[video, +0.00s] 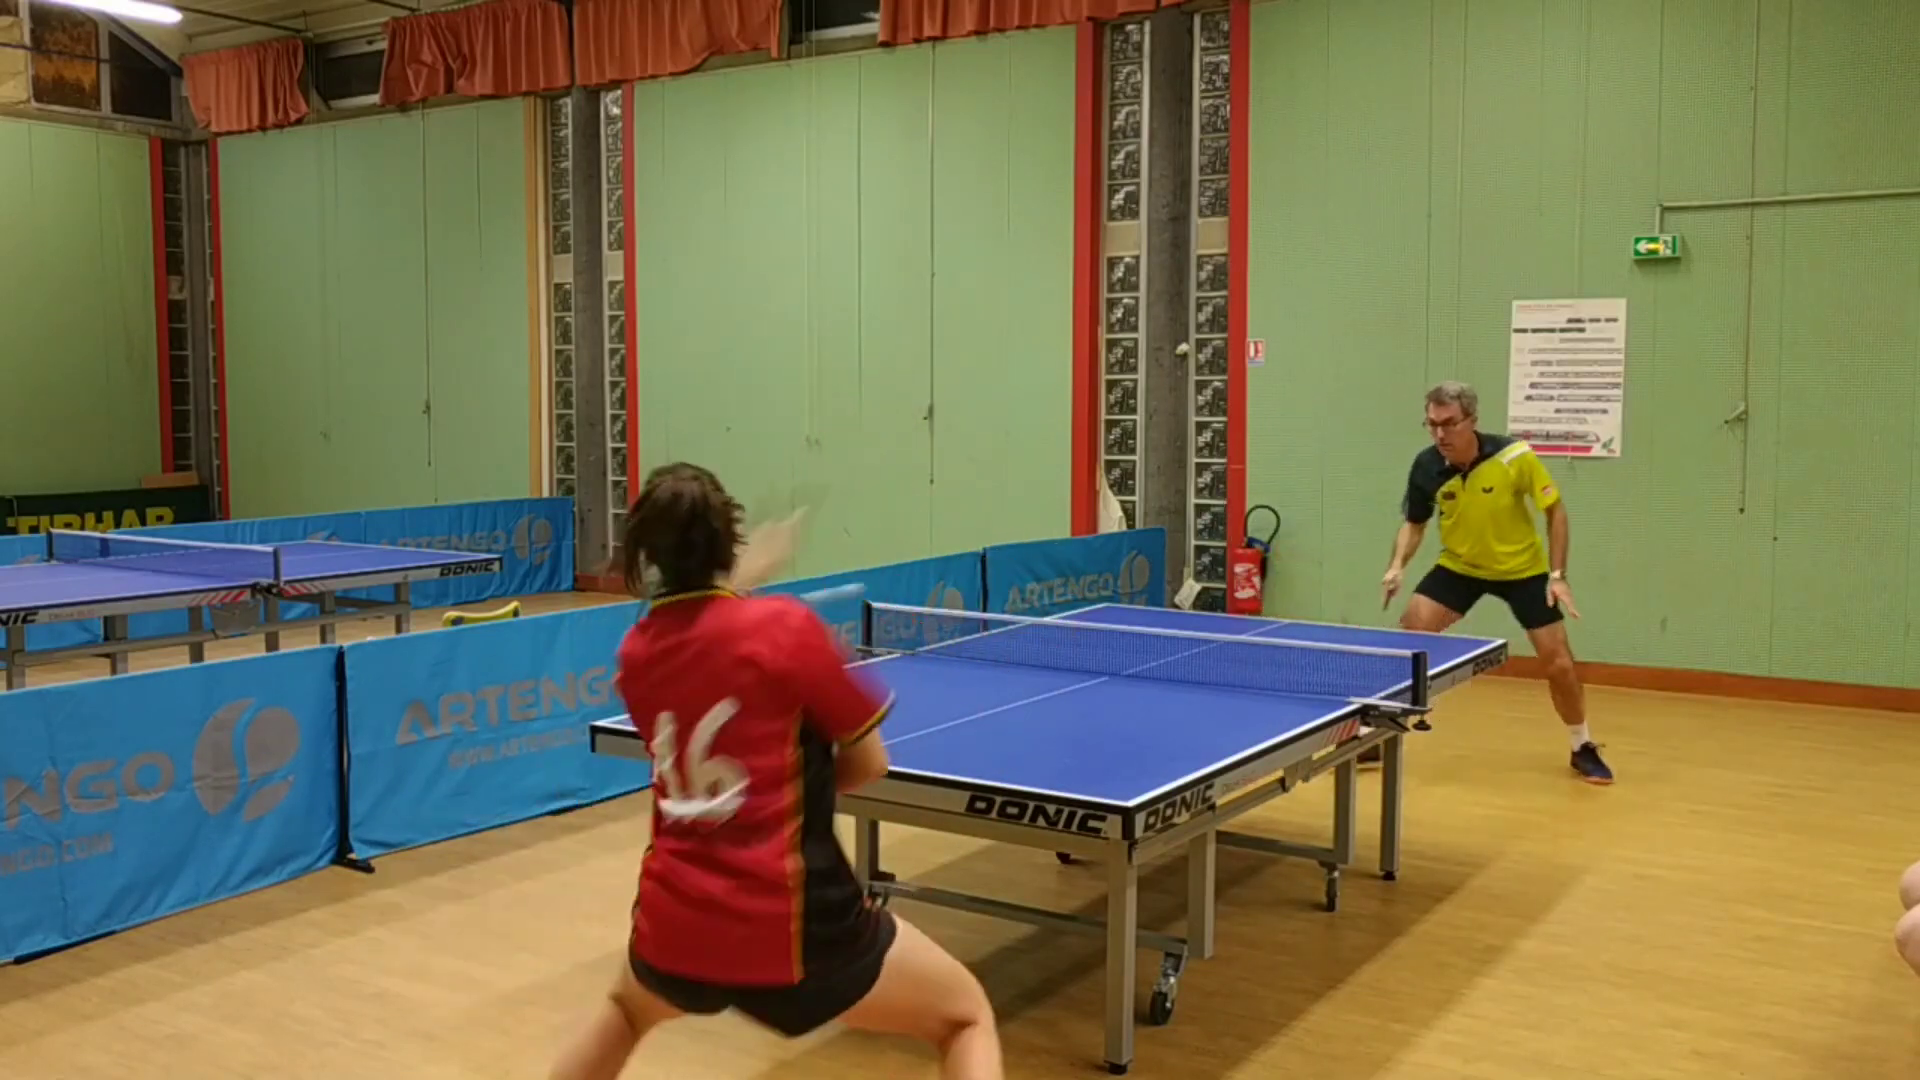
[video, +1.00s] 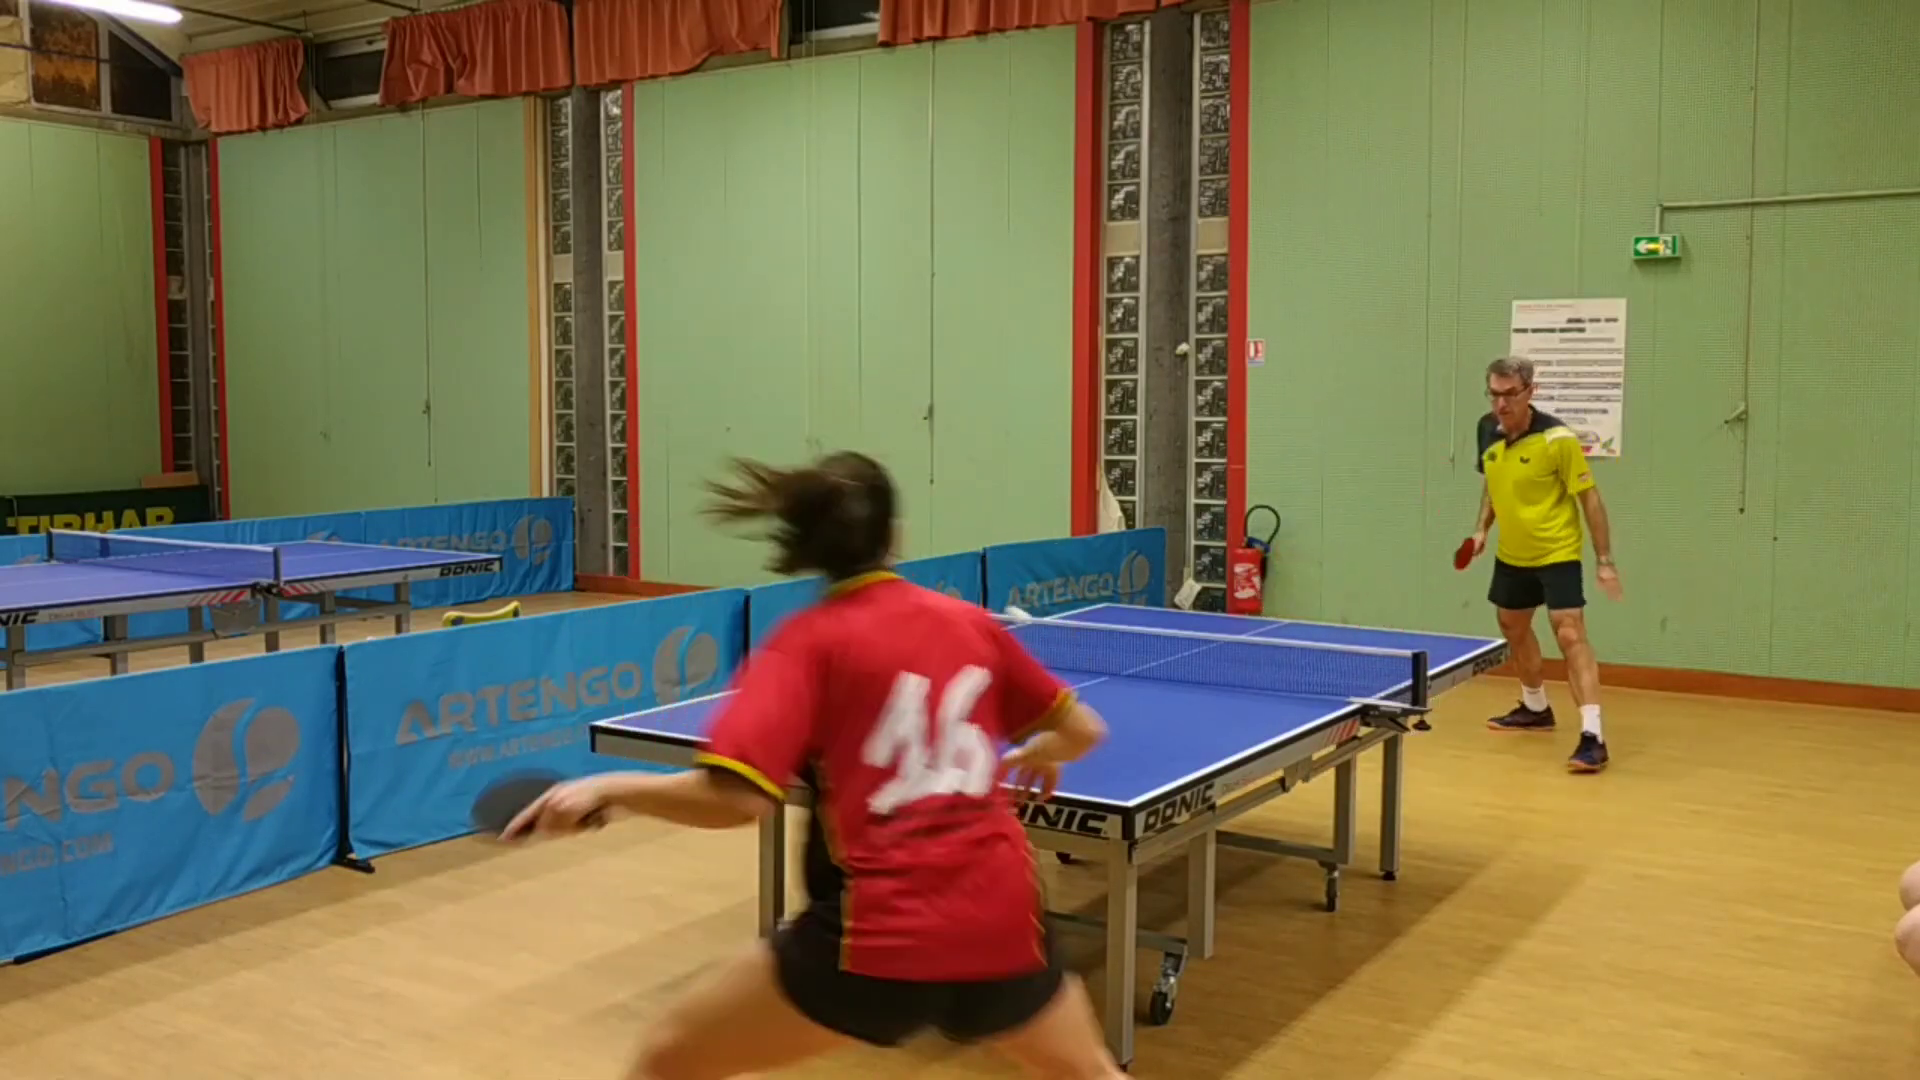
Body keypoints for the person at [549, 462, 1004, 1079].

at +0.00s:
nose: (741, 530)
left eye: (739, 522)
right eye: (736, 520)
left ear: (648, 551)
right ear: (728, 538)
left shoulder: (637, 650)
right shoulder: (780, 624)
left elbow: (693, 626)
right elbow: (867, 762)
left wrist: (747, 572)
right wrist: (787, 771)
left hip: (672, 934)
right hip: (796, 933)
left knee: (624, 1014)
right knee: (964, 1017)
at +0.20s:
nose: (832, 530)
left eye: (826, 517)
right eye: (829, 518)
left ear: (737, 533)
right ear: (819, 532)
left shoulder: (715, 613)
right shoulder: (793, 637)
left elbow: (858, 668)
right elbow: (858, 794)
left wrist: (890, 686)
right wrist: (816, 735)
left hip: (661, 921)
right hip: (752, 934)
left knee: (677, 1032)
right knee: (989, 998)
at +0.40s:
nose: (839, 428)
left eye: (837, 412)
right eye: (835, 412)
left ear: (738, 427)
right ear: (816, 422)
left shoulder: (707, 514)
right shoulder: (833, 513)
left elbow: (774, 612)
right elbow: (879, 685)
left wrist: (902, 618)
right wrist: (820, 672)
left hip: (666, 813)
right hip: (786, 825)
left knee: (603, 1006)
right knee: (943, 1022)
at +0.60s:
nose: (800, 420)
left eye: (797, 408)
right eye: (798, 409)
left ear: (697, 423)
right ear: (786, 421)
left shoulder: (641, 532)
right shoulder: (839, 527)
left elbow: (617, 682)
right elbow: (912, 692)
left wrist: (710, 672)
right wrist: (872, 729)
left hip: (663, 830)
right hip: (801, 829)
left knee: (581, 1043)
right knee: (921, 1052)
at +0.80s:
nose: (795, 473)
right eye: (791, 461)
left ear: (685, 491)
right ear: (781, 478)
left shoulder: (654, 597)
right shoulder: (856, 570)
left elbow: (583, 756)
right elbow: (951, 707)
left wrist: (552, 812)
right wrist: (918, 771)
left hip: (739, 879)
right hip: (876, 863)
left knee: (606, 1062)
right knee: (987, 1033)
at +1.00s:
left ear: (801, 544)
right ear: (890, 534)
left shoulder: (811, 641)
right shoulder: (966, 622)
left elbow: (742, 796)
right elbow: (1079, 729)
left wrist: (609, 792)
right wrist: (1040, 757)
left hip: (877, 944)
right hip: (999, 937)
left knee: (667, 1059)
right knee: (1098, 1073)